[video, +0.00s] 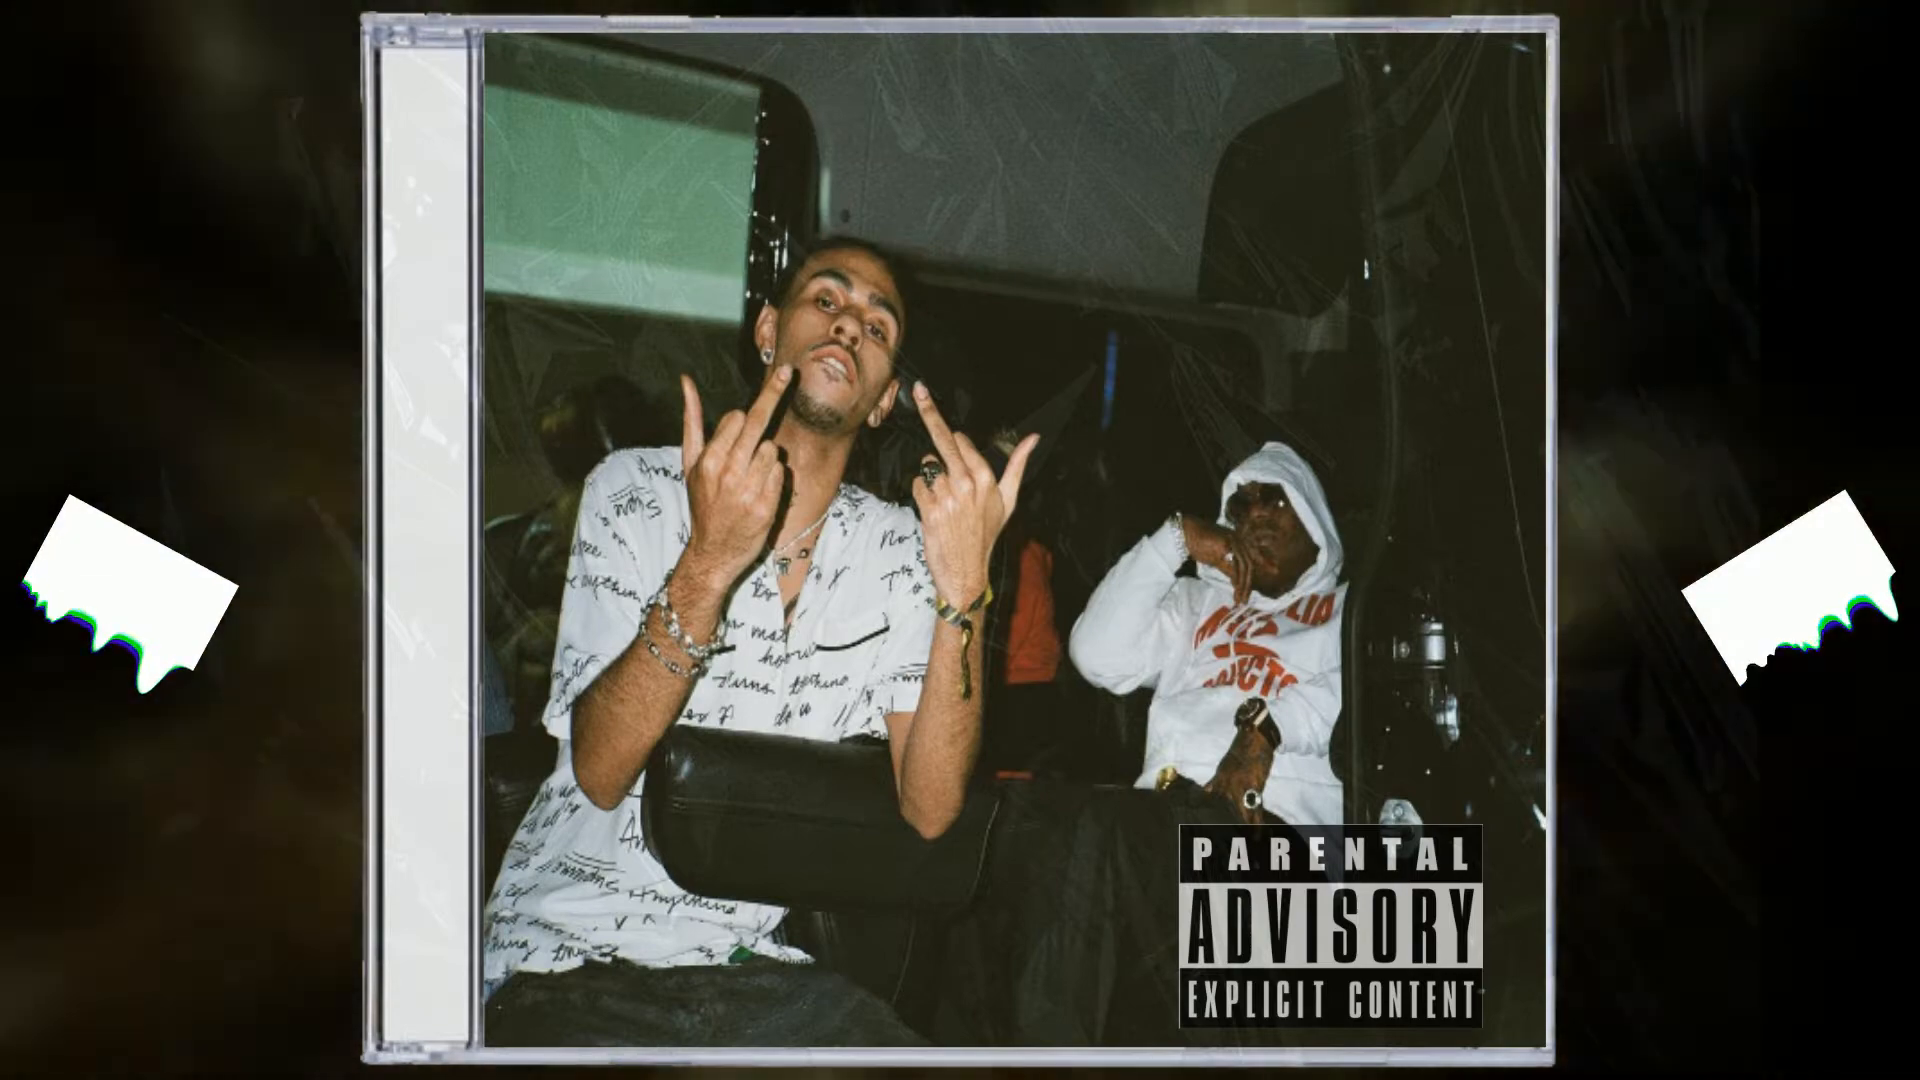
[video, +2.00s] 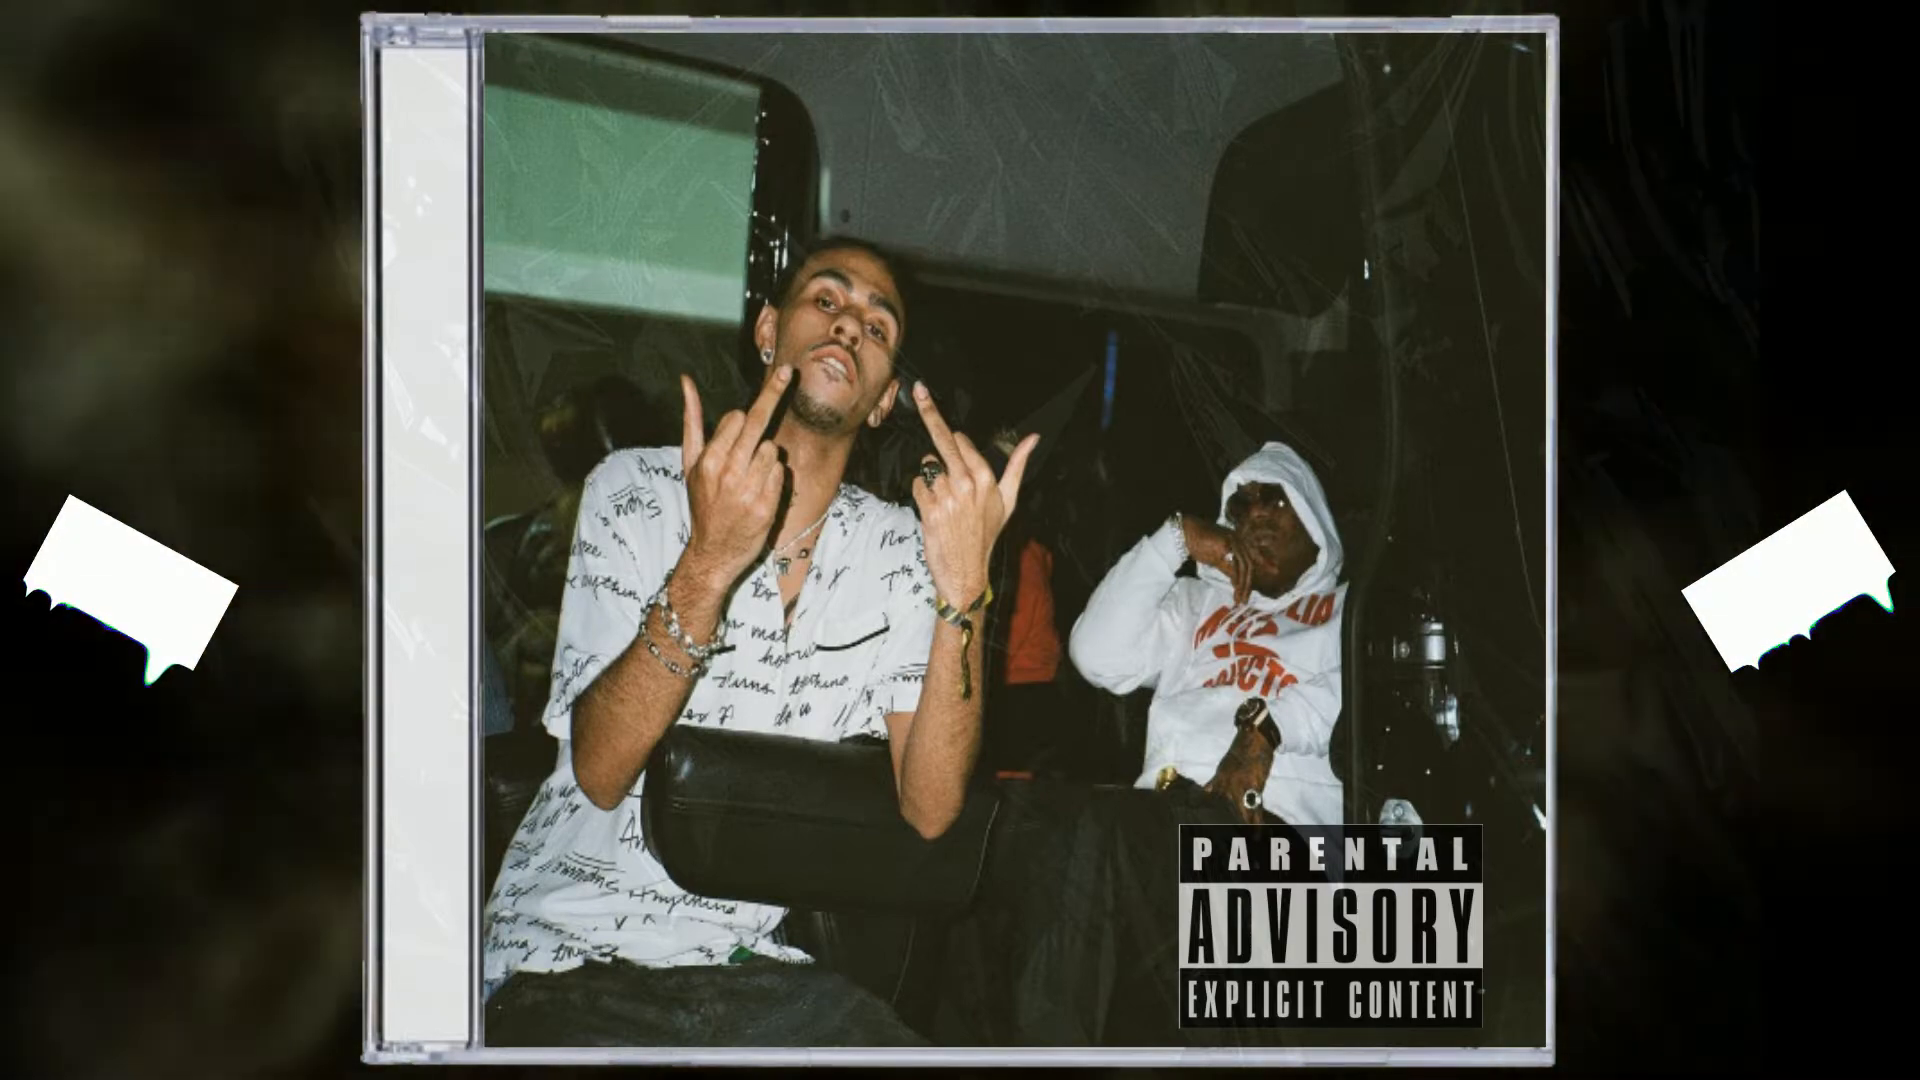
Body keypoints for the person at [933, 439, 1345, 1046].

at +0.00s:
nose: (1258, 518)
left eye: (1278, 501)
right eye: (1245, 503)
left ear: (1318, 521)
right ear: (1227, 523)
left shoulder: (1351, 607)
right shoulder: (1198, 601)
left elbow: (1342, 703)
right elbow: (1099, 657)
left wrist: (1268, 726)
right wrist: (1177, 539)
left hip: (1282, 817)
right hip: (1166, 806)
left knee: (1101, 824)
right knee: (1025, 809)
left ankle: (1052, 1053)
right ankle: (969, 1046)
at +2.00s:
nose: (1259, 517)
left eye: (1279, 501)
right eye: (1245, 502)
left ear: (1318, 521)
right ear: (1227, 523)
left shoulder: (1351, 606)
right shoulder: (1197, 601)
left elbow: (1356, 700)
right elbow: (1099, 658)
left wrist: (1269, 726)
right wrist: (1177, 539)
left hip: (1284, 817)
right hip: (1165, 807)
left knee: (1099, 825)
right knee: (1024, 810)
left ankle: (1052, 1053)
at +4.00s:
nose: (1259, 517)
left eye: (1280, 501)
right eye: (1246, 502)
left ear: (1319, 521)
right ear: (1227, 523)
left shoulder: (1352, 606)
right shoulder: (1197, 601)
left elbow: (1355, 702)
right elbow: (1099, 658)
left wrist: (1269, 725)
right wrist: (1176, 539)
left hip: (1287, 817)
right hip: (1166, 808)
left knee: (1096, 826)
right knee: (1025, 812)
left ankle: (1051, 1052)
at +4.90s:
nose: (1258, 518)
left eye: (1279, 502)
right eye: (1245, 503)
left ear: (1318, 522)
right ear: (1227, 524)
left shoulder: (1352, 607)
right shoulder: (1199, 600)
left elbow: (1339, 705)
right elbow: (1100, 658)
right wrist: (1178, 539)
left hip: (1282, 817)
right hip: (1165, 807)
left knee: (1098, 823)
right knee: (1025, 808)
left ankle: (1050, 1053)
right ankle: (966, 1049)